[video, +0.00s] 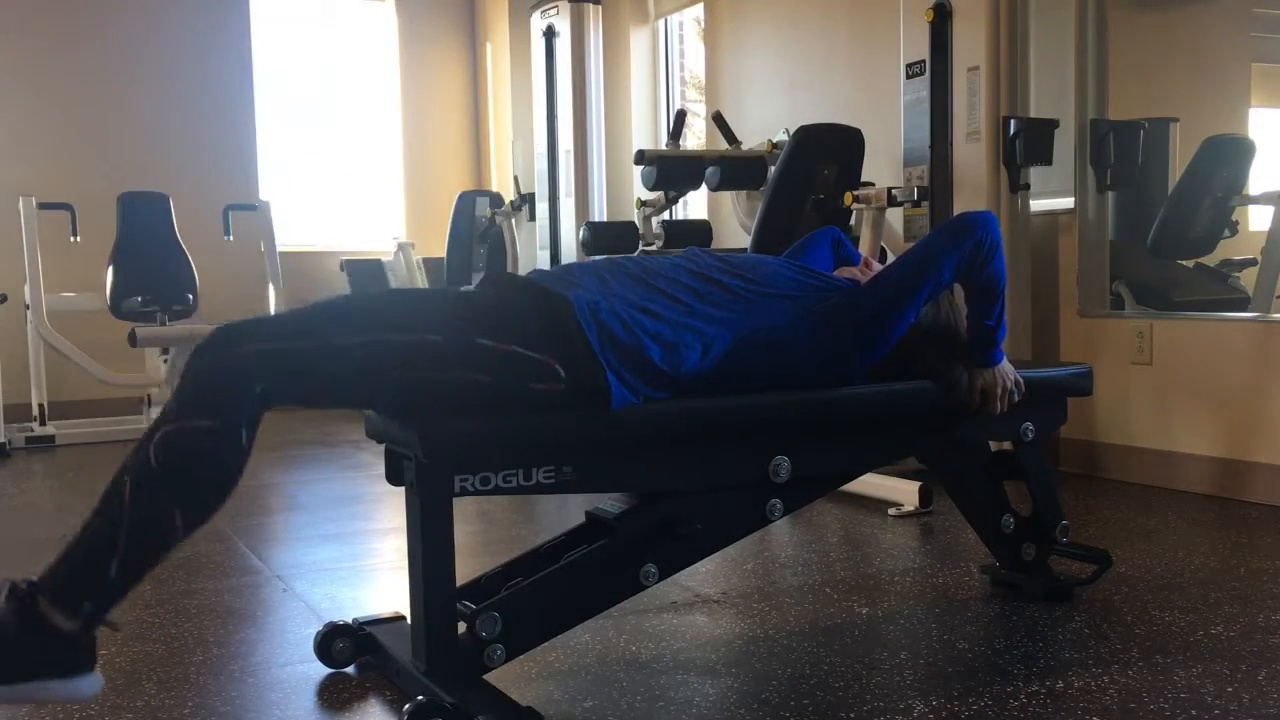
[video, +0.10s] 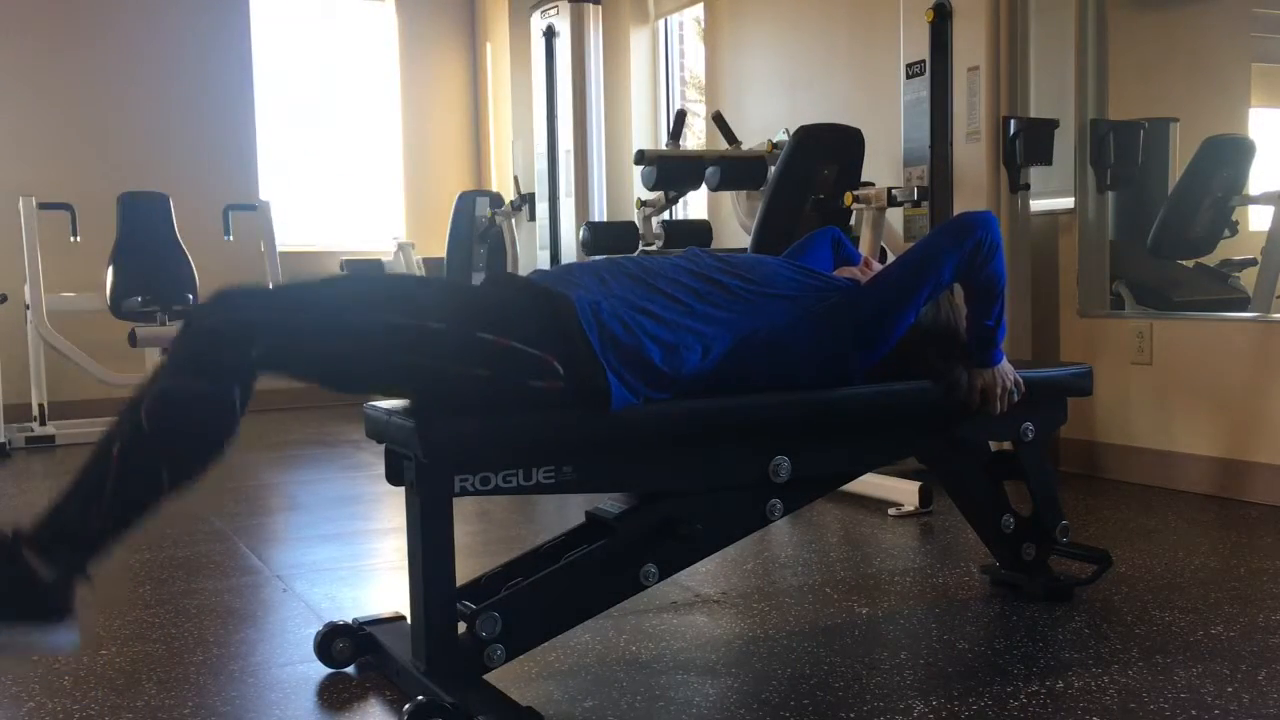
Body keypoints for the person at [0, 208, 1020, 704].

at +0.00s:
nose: (879, 253)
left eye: (893, 261)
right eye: (887, 251)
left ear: (895, 295)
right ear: (863, 269)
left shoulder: (859, 321)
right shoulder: (783, 292)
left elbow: (978, 222)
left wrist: (983, 356)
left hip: (551, 346)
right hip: (513, 304)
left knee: (231, 365)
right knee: (247, 343)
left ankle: (61, 617)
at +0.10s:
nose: (876, 246)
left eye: (895, 256)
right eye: (875, 236)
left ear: (893, 298)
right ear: (849, 241)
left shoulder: (852, 323)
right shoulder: (784, 280)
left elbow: (979, 235)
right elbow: (831, 167)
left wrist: (975, 359)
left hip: (552, 350)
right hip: (520, 302)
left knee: (233, 325)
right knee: (306, 298)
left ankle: (50, 563)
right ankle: (187, 306)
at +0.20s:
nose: (892, 270)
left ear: (912, 317)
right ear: (888, 303)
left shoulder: (855, 325)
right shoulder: (792, 289)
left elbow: (980, 225)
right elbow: (837, 193)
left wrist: (979, 355)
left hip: (545, 334)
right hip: (519, 298)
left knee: (235, 269)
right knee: (255, 239)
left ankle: (34, 461)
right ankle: (172, 326)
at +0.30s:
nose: (861, 244)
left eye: (878, 252)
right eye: (856, 240)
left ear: (886, 303)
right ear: (835, 265)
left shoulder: (836, 327)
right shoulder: (772, 289)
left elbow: (975, 230)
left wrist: (974, 356)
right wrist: (852, 255)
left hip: (536, 352)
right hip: (510, 309)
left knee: (267, 189)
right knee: (283, 182)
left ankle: (33, 341)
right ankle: (165, 268)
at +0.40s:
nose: (875, 256)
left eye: (893, 269)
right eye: (886, 253)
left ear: (894, 302)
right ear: (871, 271)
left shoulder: (848, 328)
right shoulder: (782, 292)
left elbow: (972, 224)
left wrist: (978, 347)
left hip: (544, 357)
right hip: (531, 312)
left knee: (339, 122)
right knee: (338, 112)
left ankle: (75, 206)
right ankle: (128, 218)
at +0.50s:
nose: (859, 242)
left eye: (870, 246)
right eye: (853, 233)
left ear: (879, 282)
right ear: (829, 248)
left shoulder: (837, 317)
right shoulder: (776, 284)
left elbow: (976, 231)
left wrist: (968, 339)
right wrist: (871, 237)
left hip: (542, 357)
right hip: (526, 329)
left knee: (430, 71)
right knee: (430, 73)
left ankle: (143, 71)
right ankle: (153, 58)